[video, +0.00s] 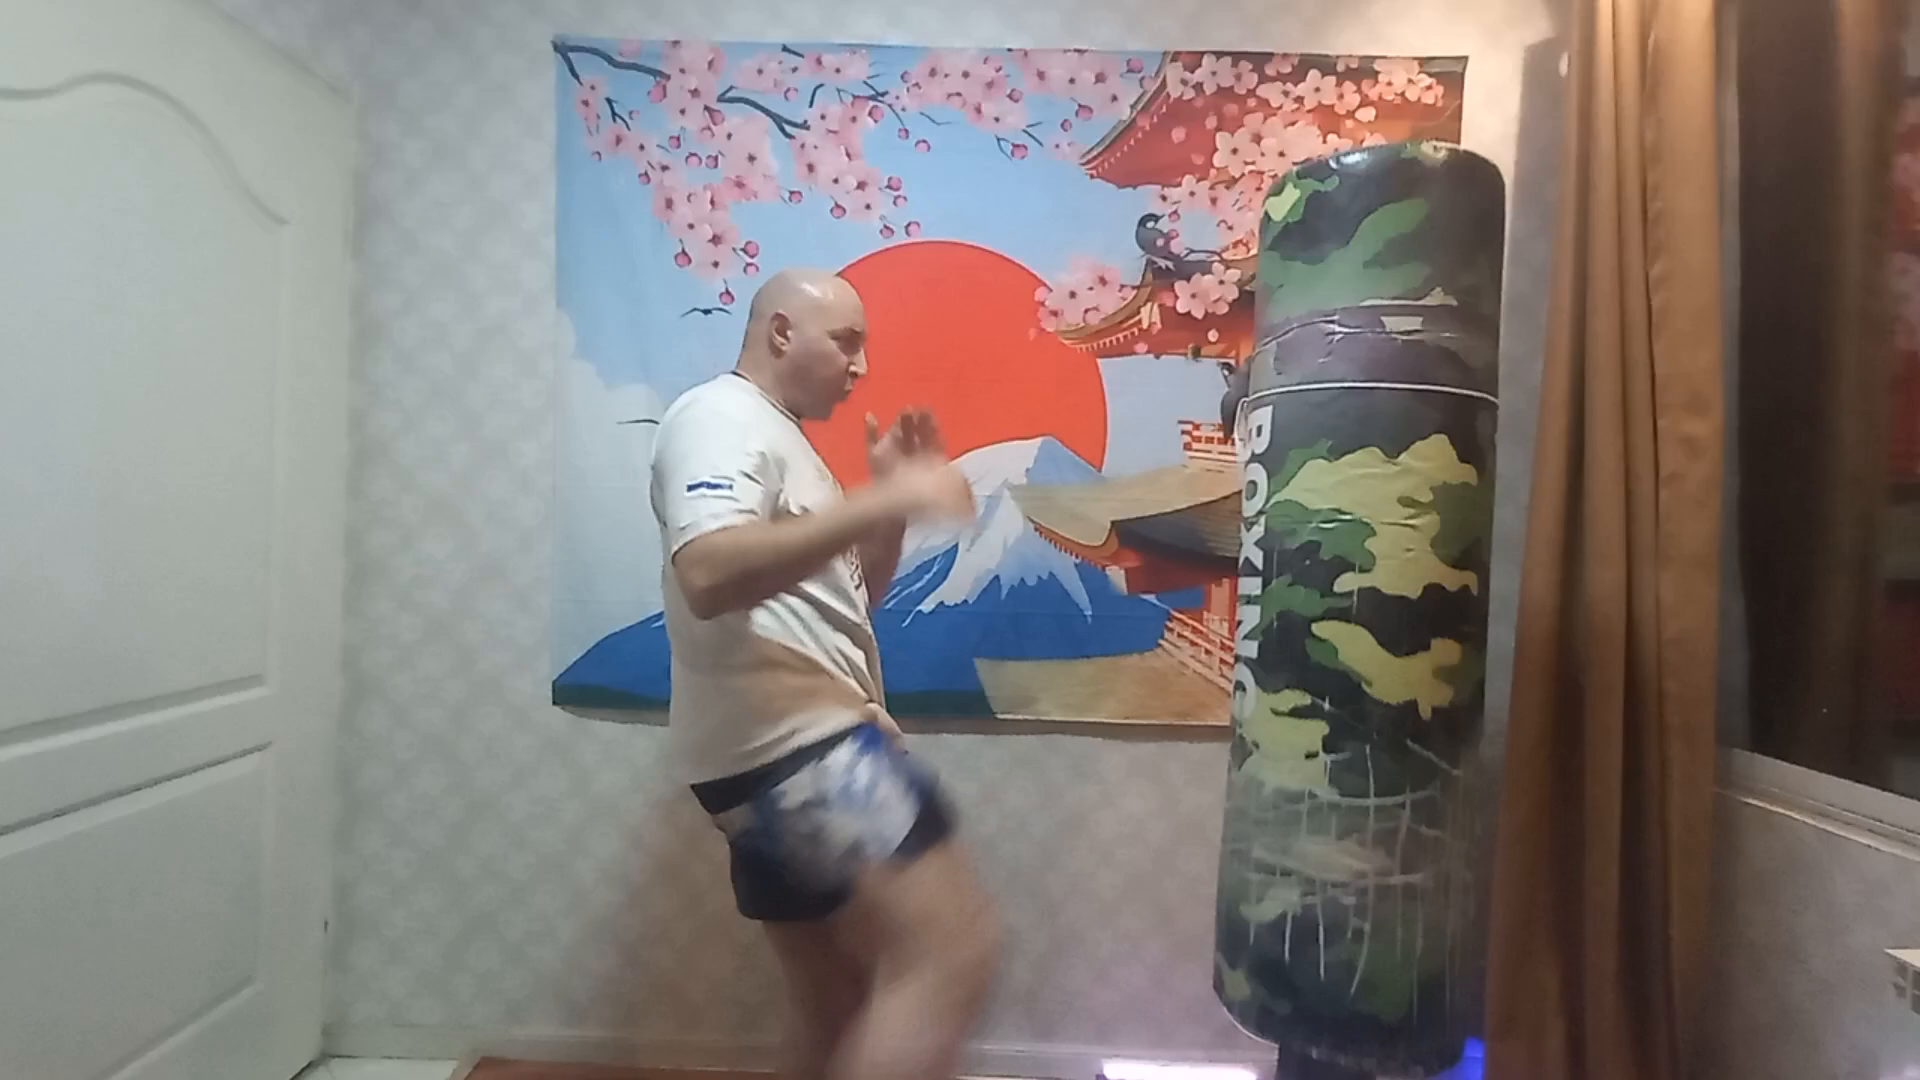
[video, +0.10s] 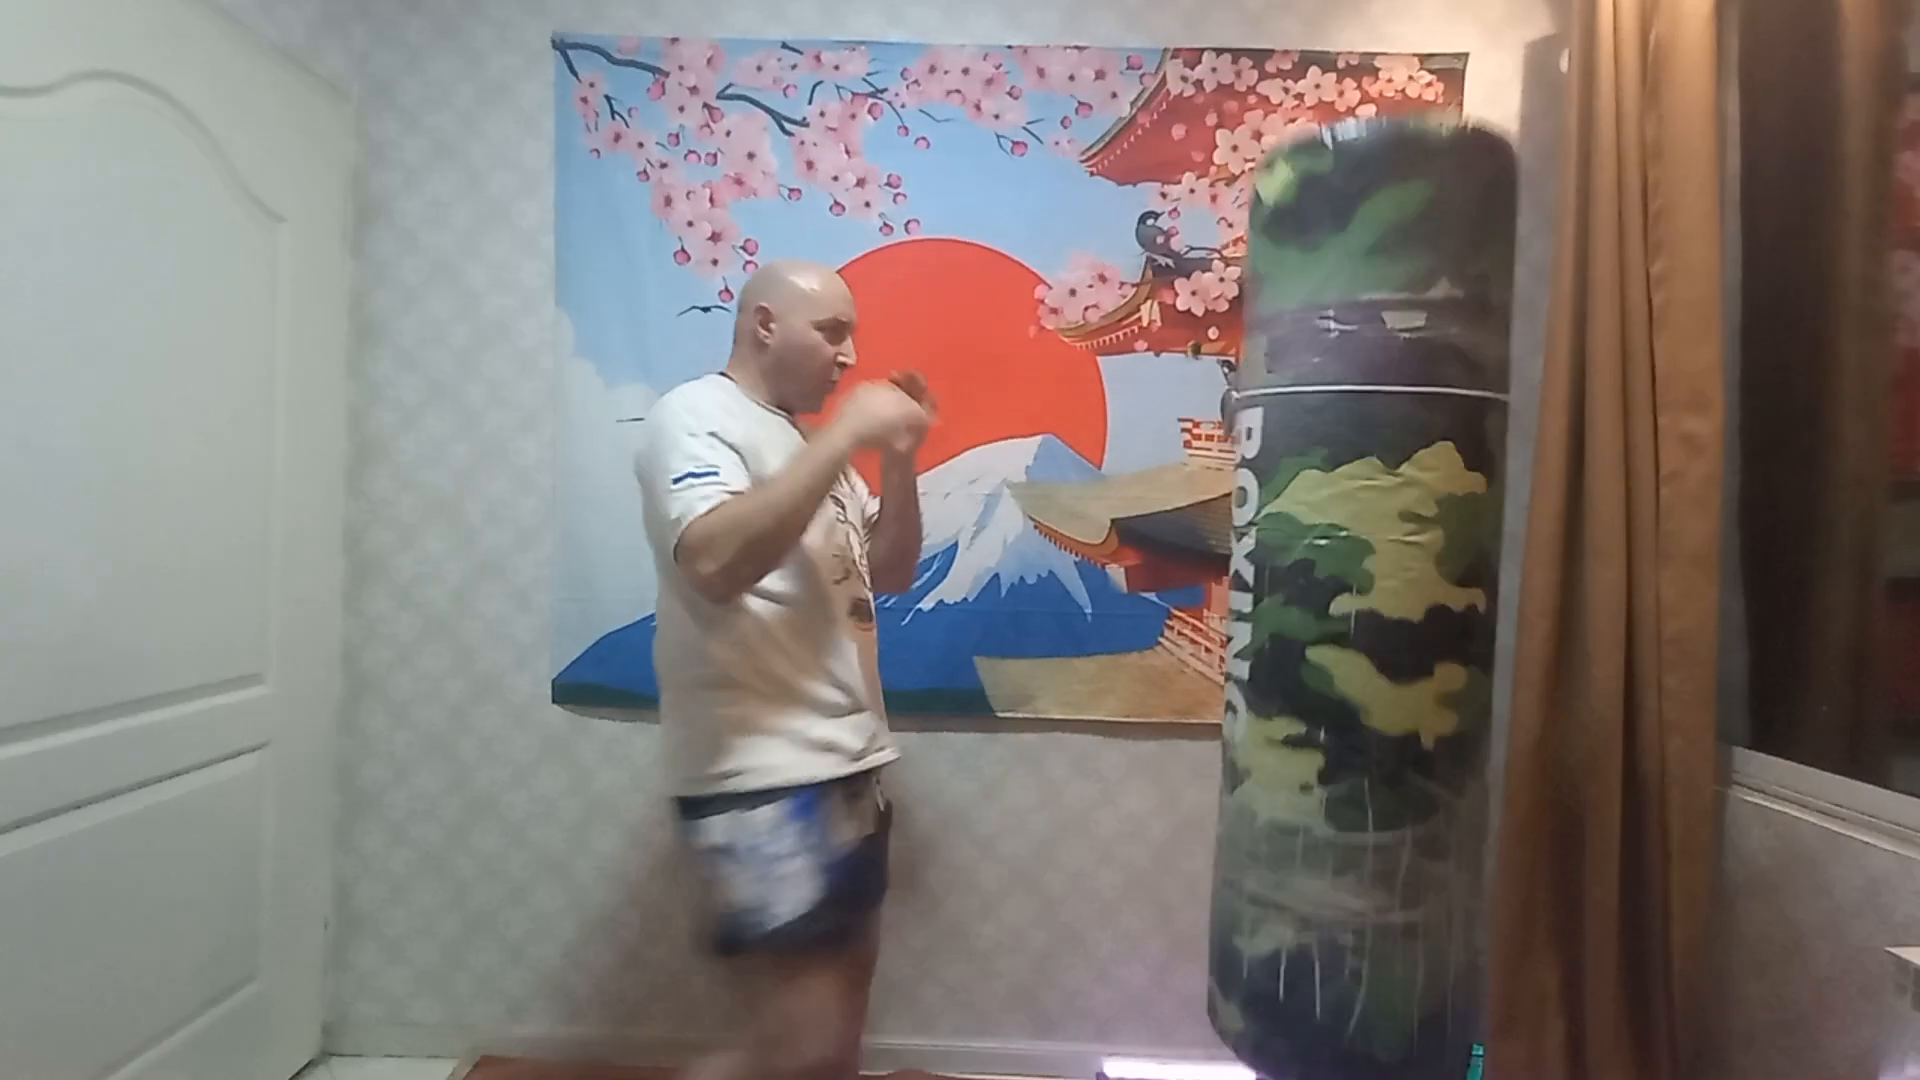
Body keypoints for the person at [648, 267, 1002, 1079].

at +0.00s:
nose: (859, 363)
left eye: (862, 345)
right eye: (844, 341)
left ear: (782, 339)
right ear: (779, 334)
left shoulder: (786, 445)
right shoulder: (718, 412)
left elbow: (851, 595)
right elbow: (707, 572)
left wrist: (891, 499)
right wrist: (887, 501)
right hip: (792, 743)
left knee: (835, 1014)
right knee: (951, 947)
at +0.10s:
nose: (846, 353)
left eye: (850, 335)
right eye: (831, 331)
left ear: (777, 333)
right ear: (766, 327)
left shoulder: (816, 446)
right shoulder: (691, 416)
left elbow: (891, 572)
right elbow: (714, 561)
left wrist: (903, 460)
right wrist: (843, 435)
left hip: (847, 767)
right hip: (758, 780)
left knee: (835, 1039)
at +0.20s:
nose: (828, 341)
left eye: (833, 325)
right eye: (809, 321)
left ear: (834, 332)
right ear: (741, 318)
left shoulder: (825, 436)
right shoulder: (654, 417)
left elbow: (910, 559)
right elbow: (692, 552)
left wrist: (896, 444)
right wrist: (799, 412)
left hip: (843, 778)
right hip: (698, 799)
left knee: (845, 1008)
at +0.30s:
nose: (809, 338)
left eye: (815, 320)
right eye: (788, 318)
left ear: (816, 330)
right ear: (718, 320)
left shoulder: (821, 436)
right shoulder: (619, 415)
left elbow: (909, 560)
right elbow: (611, 563)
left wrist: (882, 439)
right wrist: (751, 434)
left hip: (820, 780)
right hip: (660, 791)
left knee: (883, 988)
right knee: (589, 1026)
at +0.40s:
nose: (794, 342)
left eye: (801, 323)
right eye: (772, 320)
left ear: (805, 335)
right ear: (704, 321)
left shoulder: (821, 446)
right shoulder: (603, 421)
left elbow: (918, 552)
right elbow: (536, 576)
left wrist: (887, 418)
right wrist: (691, 482)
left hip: (784, 793)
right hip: (629, 798)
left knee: (861, 1009)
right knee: (590, 1028)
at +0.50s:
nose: (792, 342)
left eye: (801, 324)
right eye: (770, 318)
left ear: (807, 336)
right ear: (703, 320)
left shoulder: (828, 445)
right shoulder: (610, 423)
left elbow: (929, 543)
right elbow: (538, 576)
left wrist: (914, 405)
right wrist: (679, 490)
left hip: (781, 783)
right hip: (623, 782)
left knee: (851, 1000)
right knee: (590, 1022)